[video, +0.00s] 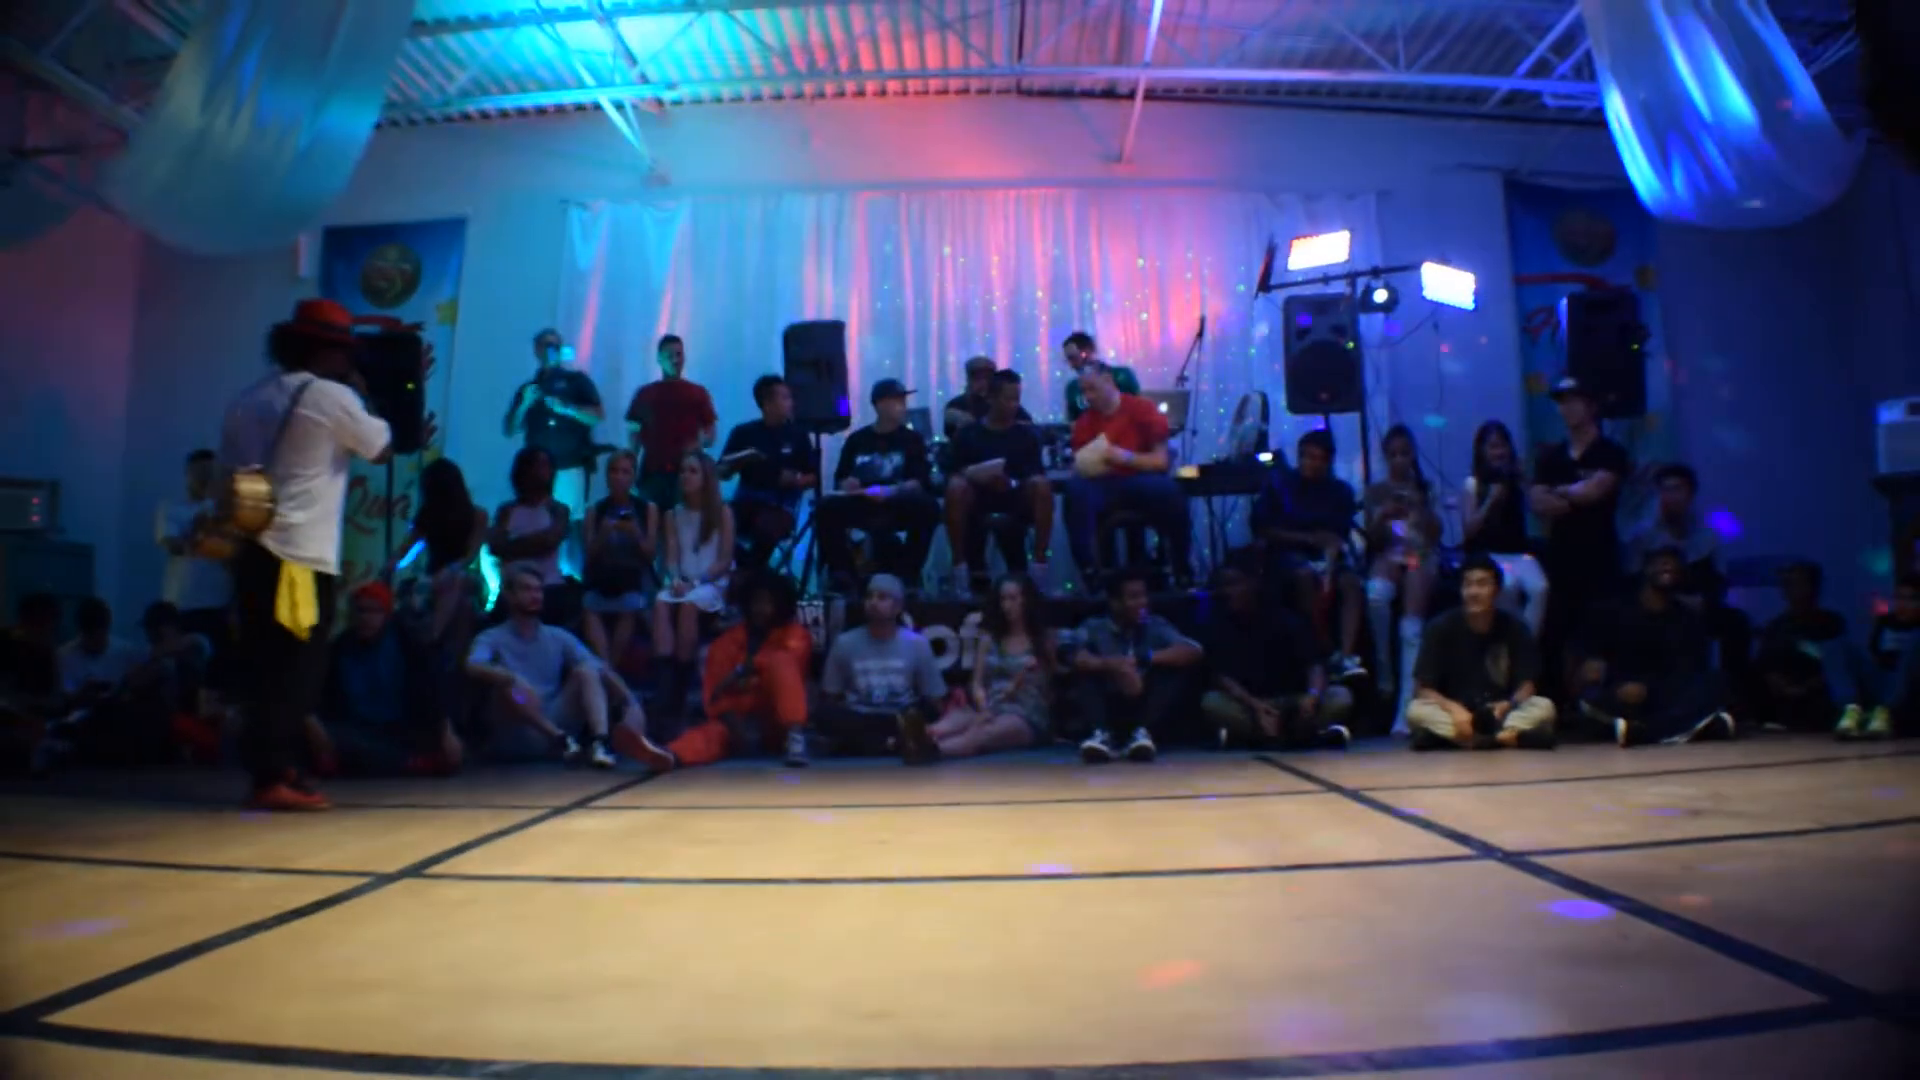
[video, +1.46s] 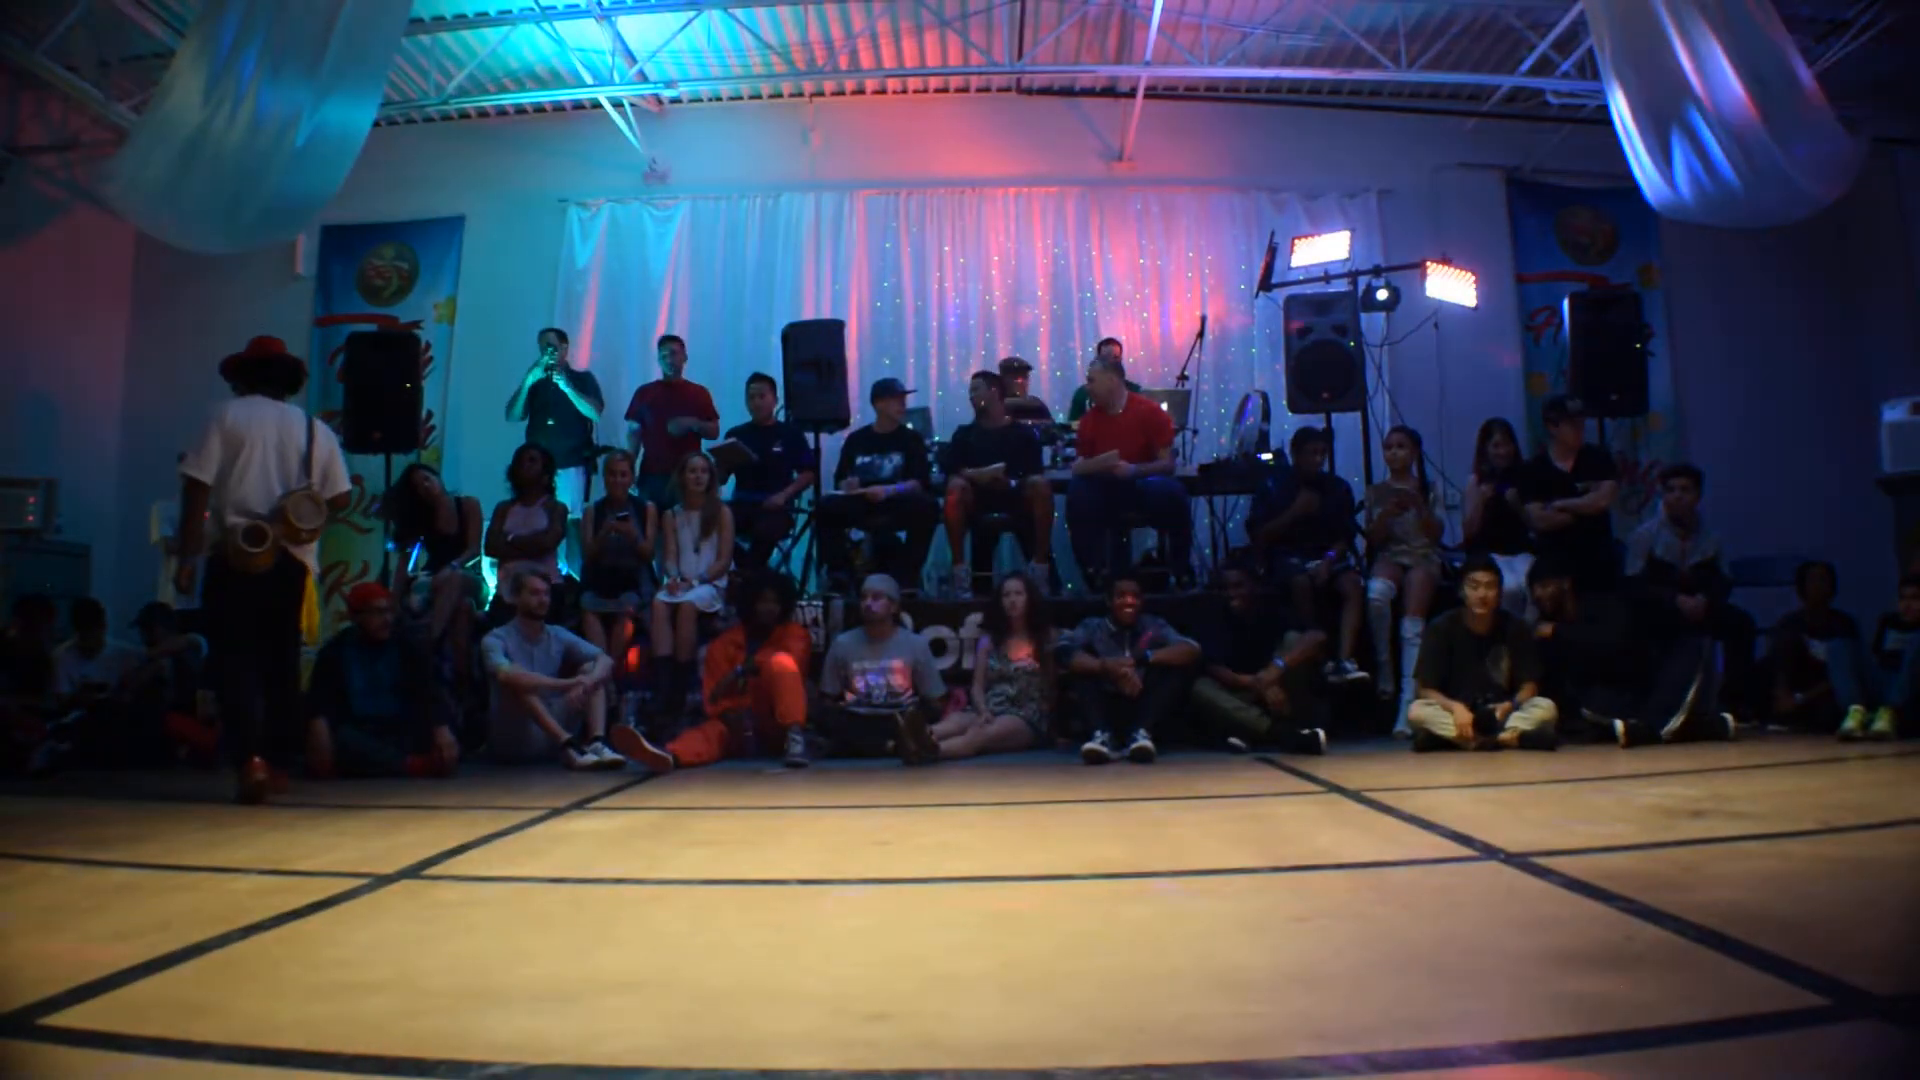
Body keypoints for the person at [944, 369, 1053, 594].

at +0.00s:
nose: (1015, 405)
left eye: (1017, 399)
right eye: (1010, 399)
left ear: (1019, 399)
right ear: (991, 399)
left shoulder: (1027, 434)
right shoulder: (969, 433)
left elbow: (1036, 472)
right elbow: (952, 469)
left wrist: (1010, 482)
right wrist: (974, 476)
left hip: (1014, 490)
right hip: (979, 491)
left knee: (1041, 486)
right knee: (957, 488)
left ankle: (1040, 562)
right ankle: (959, 566)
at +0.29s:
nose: (1016, 404)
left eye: (1018, 398)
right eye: (1010, 398)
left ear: (1020, 398)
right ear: (991, 397)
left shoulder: (1028, 433)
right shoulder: (969, 433)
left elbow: (1036, 473)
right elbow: (954, 470)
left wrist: (1010, 482)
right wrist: (974, 476)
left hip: (1014, 491)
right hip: (980, 491)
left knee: (1041, 487)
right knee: (957, 487)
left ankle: (1041, 564)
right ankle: (960, 566)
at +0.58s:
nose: (1015, 404)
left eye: (1017, 398)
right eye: (1009, 398)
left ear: (1020, 398)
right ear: (991, 398)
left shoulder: (1028, 433)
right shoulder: (969, 433)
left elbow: (1036, 474)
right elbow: (953, 469)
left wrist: (1010, 482)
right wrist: (974, 477)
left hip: (1014, 490)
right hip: (979, 490)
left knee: (1041, 487)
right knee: (957, 487)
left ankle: (1040, 565)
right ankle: (959, 566)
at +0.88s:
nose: (1012, 401)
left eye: (1014, 395)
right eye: (1006, 395)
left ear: (1018, 396)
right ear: (989, 396)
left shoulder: (1028, 432)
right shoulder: (969, 431)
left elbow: (1037, 473)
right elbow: (955, 468)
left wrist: (1010, 482)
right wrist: (974, 475)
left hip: (1014, 489)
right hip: (980, 490)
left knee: (1041, 486)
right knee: (957, 487)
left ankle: (1040, 563)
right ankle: (959, 566)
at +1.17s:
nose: (983, 394)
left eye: (989, 388)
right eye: (979, 389)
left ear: (1005, 393)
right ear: (975, 394)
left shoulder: (1027, 431)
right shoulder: (968, 431)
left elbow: (1035, 473)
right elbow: (955, 468)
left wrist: (1009, 482)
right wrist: (973, 476)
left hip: (1013, 489)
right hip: (979, 490)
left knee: (1040, 487)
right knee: (957, 487)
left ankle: (1041, 562)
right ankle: (959, 566)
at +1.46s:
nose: (971, 396)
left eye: (976, 390)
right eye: (970, 391)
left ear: (995, 392)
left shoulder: (1022, 433)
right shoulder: (964, 434)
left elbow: (1034, 474)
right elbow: (952, 473)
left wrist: (1005, 482)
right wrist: (977, 476)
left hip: (1011, 492)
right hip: (977, 493)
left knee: (1040, 487)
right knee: (956, 489)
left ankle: (1040, 565)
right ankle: (958, 567)